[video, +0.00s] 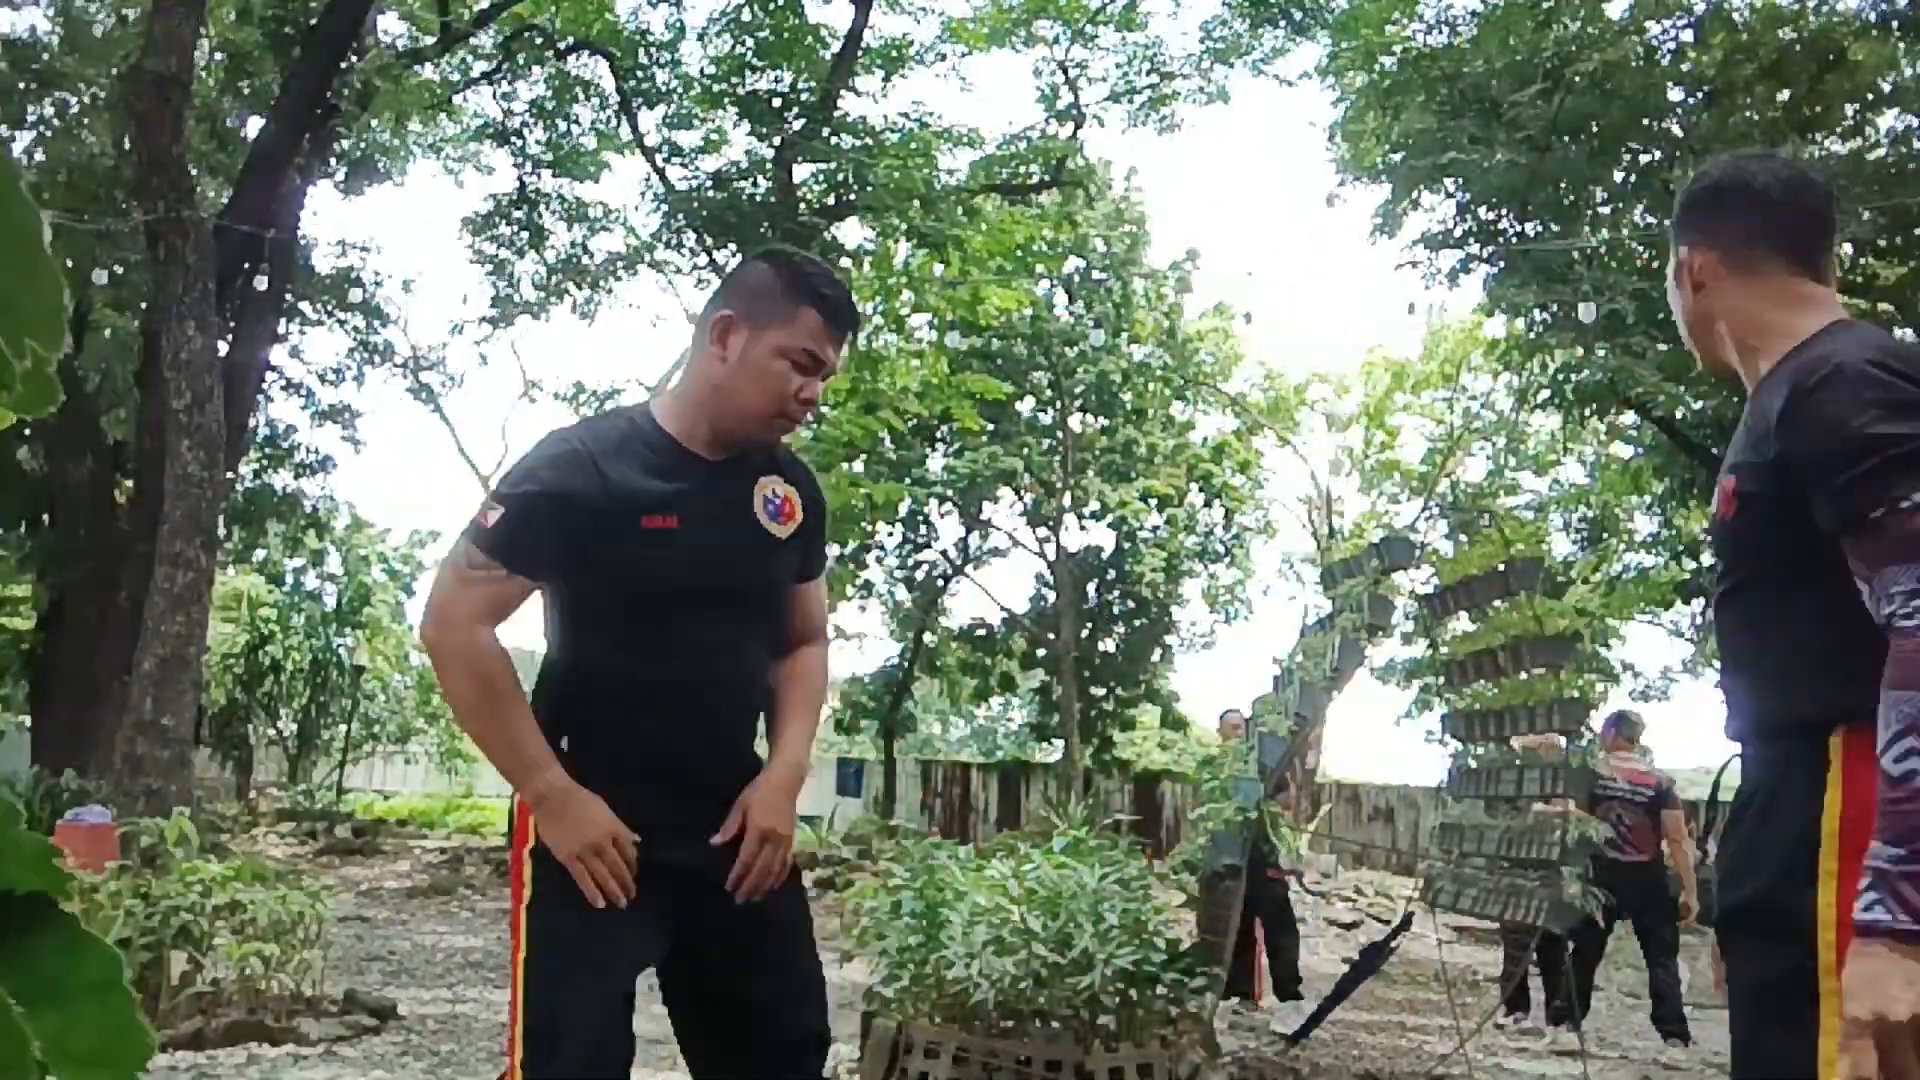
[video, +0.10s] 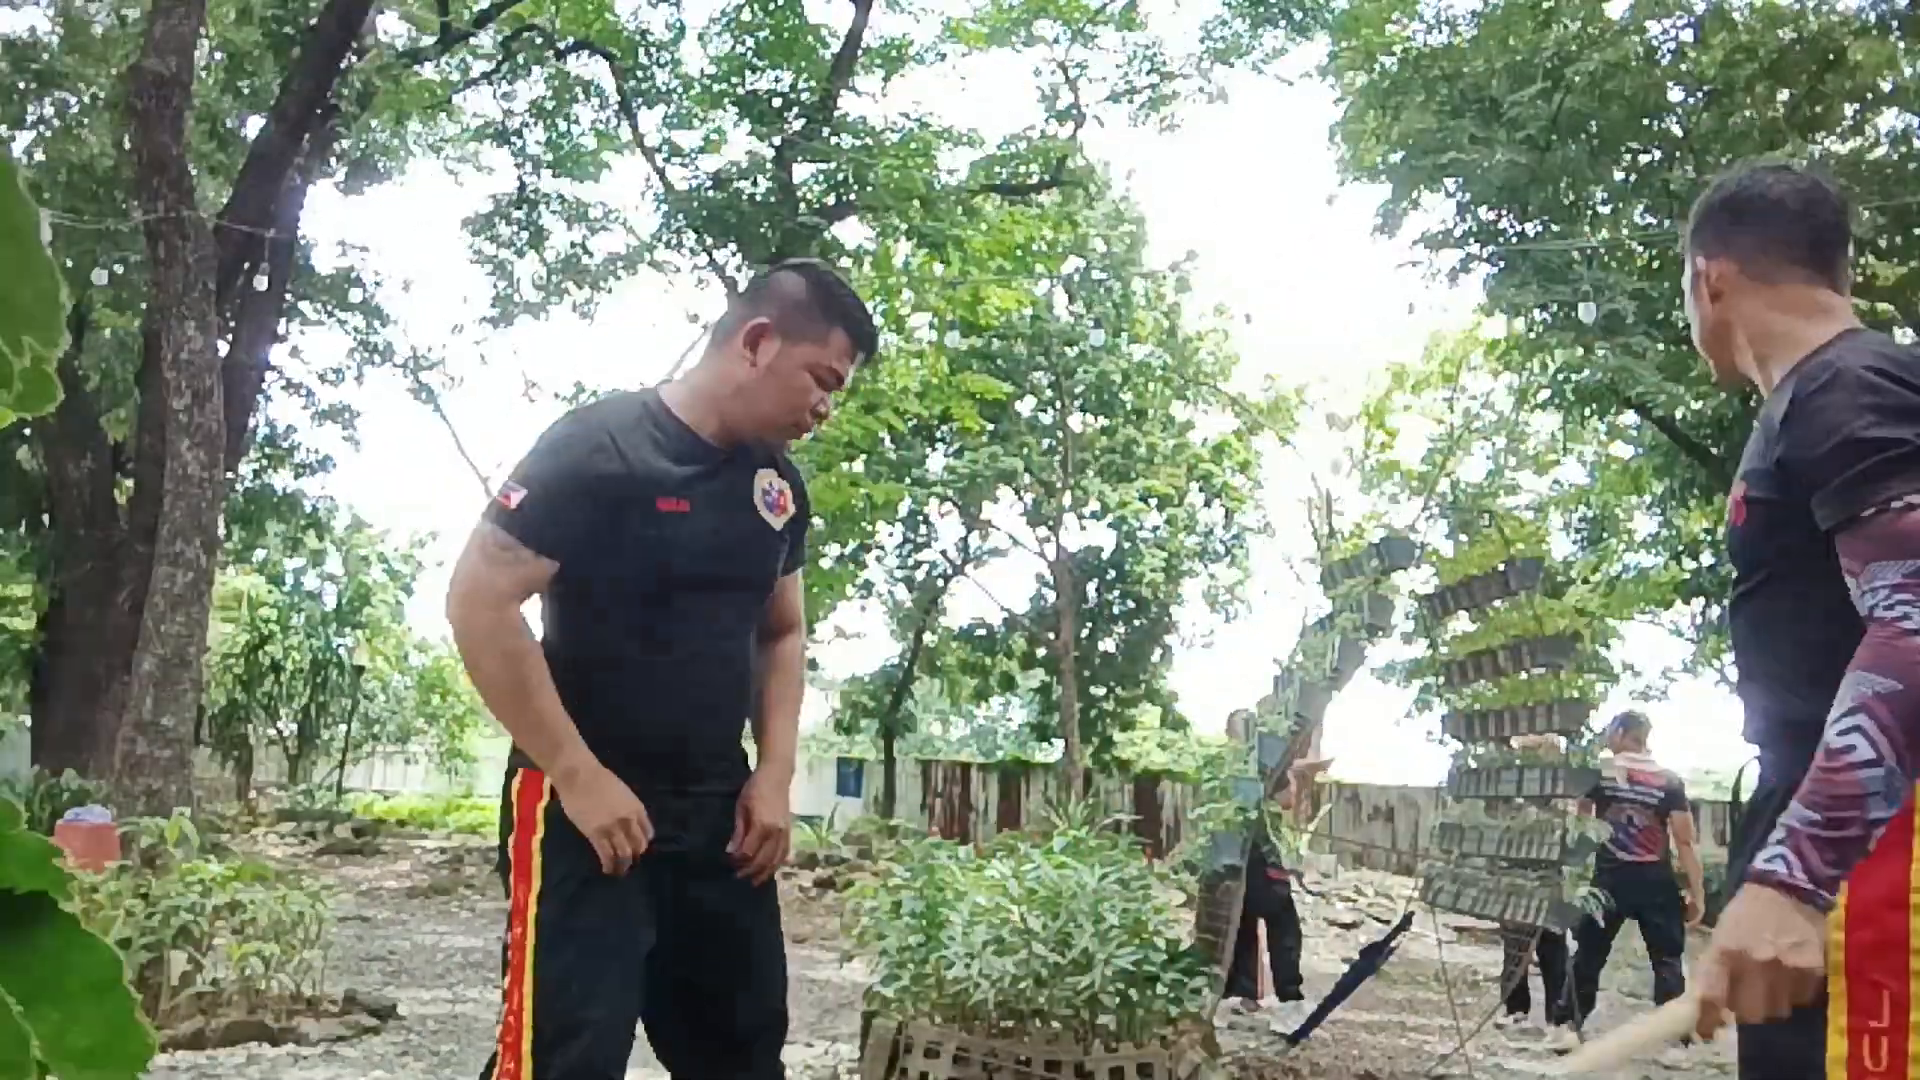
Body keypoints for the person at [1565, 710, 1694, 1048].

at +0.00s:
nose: (1600, 740)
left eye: (1603, 734)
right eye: (1602, 735)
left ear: (1612, 735)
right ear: (1638, 739)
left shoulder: (1590, 773)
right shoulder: (1659, 781)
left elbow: (1573, 822)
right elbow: (1676, 840)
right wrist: (1689, 890)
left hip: (1599, 872)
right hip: (1646, 876)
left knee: (1584, 952)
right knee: (1662, 959)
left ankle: (1568, 1022)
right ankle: (1674, 1036)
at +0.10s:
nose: (1607, 743)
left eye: (1610, 737)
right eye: (1609, 738)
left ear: (1621, 734)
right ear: (1645, 737)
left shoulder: (1599, 771)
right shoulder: (1669, 781)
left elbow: (1580, 825)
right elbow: (1684, 841)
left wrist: (1572, 871)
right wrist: (1696, 891)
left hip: (1608, 877)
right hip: (1655, 879)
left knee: (1587, 955)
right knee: (1668, 961)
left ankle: (1568, 1025)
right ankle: (1674, 1034)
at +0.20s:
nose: (1618, 740)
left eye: (1621, 734)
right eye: (1620, 734)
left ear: (1634, 734)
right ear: (1653, 738)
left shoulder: (1617, 773)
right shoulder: (1683, 780)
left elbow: (1591, 811)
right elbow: (1694, 828)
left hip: (1623, 870)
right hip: (1670, 871)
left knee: (1600, 941)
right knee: (1674, 950)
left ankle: (1574, 1012)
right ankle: (1676, 1033)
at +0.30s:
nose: (1624, 740)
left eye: (1629, 734)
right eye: (1627, 734)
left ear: (1644, 734)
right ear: (1660, 738)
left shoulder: (1624, 773)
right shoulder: (1691, 779)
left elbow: (1601, 815)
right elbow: (1704, 828)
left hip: (1628, 876)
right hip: (1678, 876)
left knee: (1602, 946)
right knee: (1676, 954)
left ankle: (1589, 1025)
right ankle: (1677, 1036)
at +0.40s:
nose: (1634, 740)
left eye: (1637, 733)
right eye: (1636, 733)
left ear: (1650, 733)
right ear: (1668, 737)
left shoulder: (1629, 771)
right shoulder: (1697, 781)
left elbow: (1611, 819)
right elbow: (1710, 840)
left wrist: (1587, 863)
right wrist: (1711, 889)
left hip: (1636, 877)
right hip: (1680, 880)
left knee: (1608, 936)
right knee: (1678, 954)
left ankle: (1616, 1020)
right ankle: (1678, 1035)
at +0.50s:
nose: (1634, 739)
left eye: (1639, 731)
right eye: (1637, 731)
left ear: (1655, 733)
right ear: (1670, 736)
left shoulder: (1631, 771)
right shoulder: (1698, 780)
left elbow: (1616, 824)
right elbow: (1703, 840)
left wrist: (1595, 863)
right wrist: (1702, 886)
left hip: (1640, 878)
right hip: (1686, 881)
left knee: (1616, 942)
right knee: (1681, 962)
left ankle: (1639, 1022)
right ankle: (1678, 1039)